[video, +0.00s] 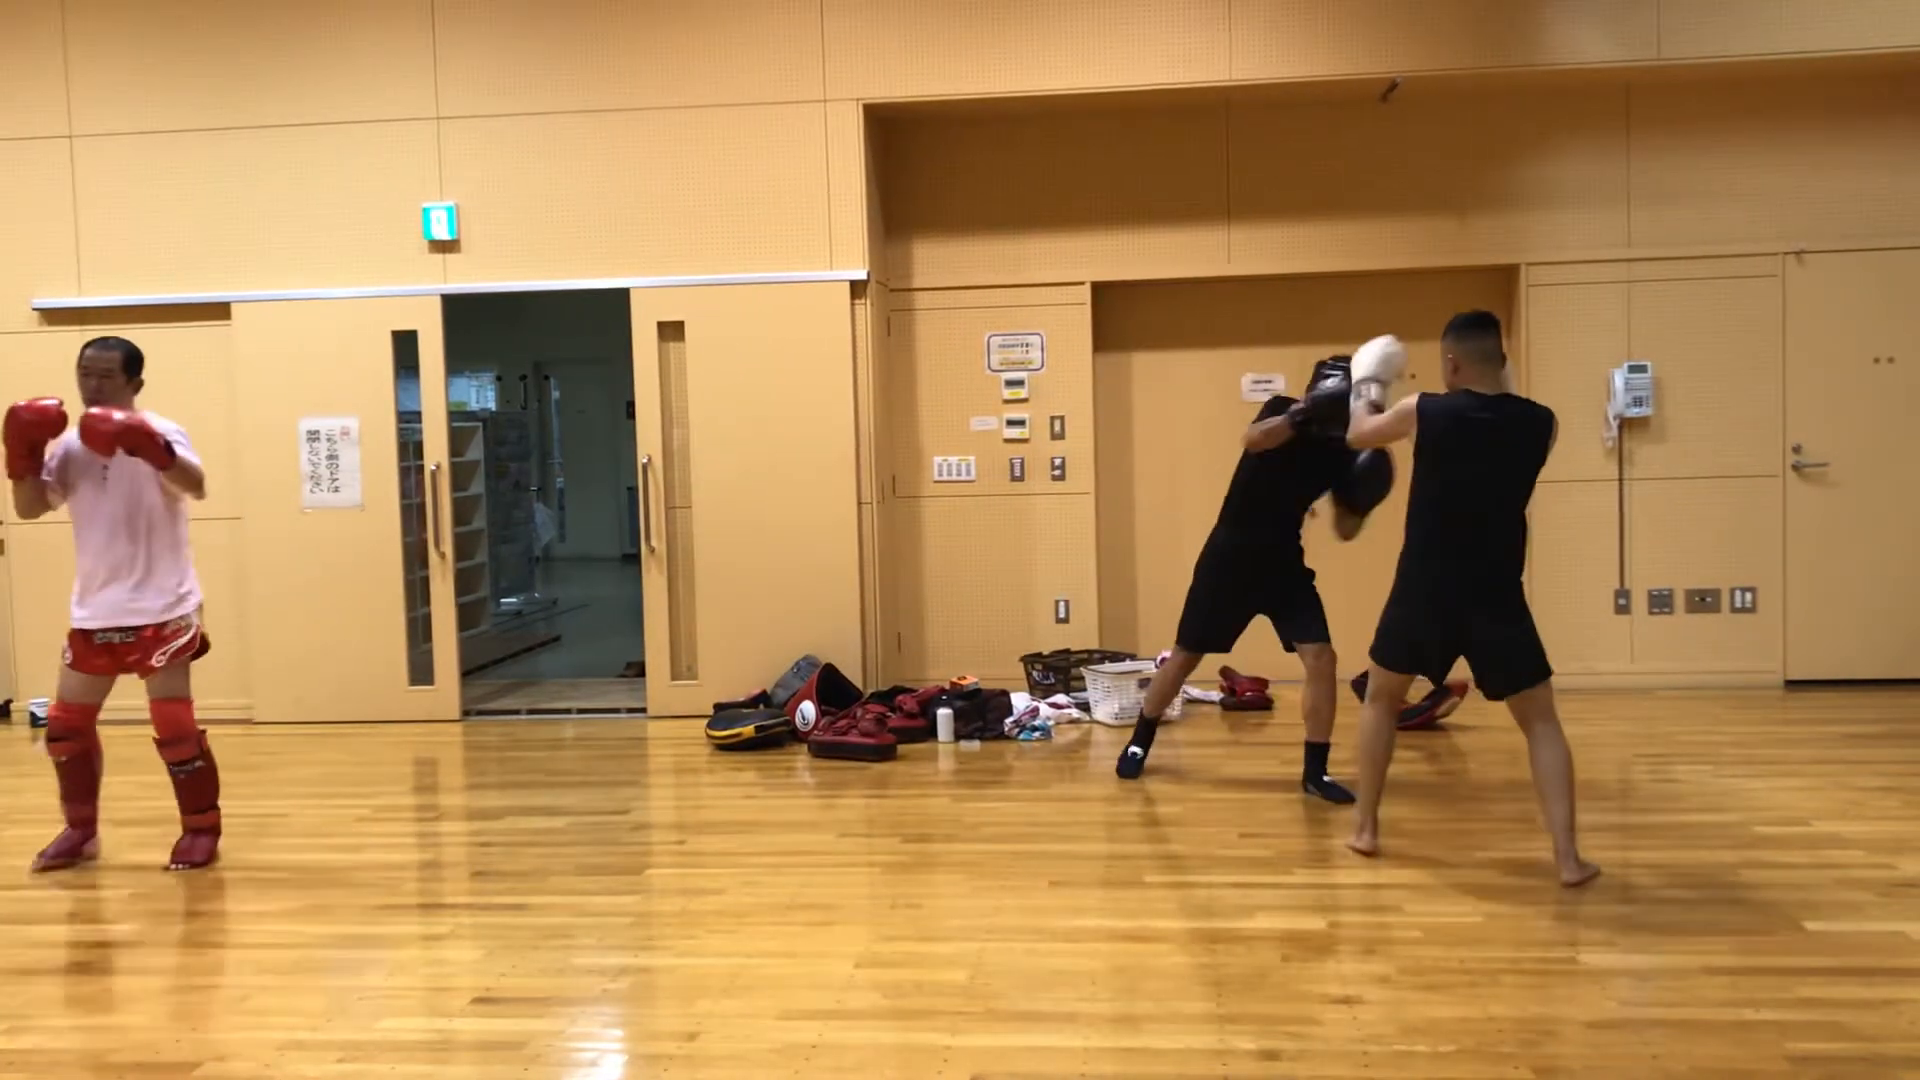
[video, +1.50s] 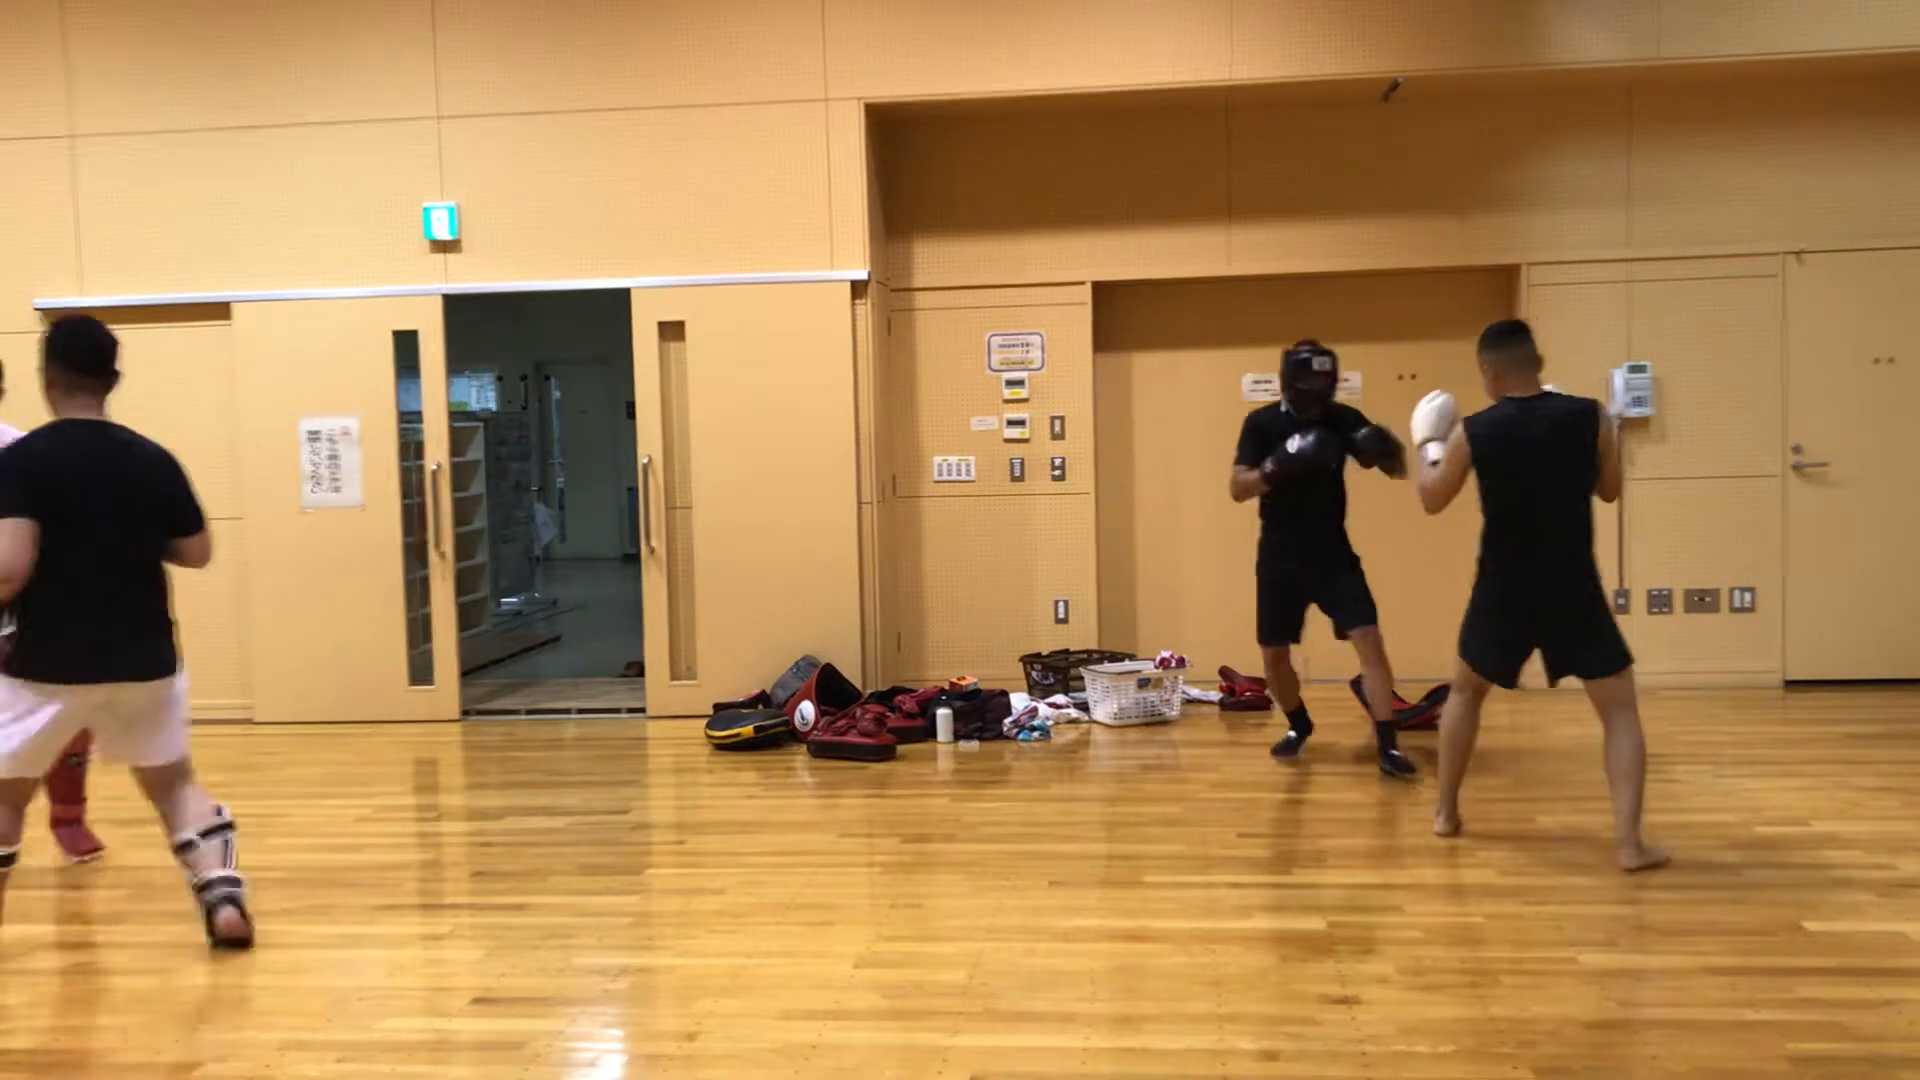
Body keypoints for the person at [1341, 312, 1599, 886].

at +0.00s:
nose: (1443, 368)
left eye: (1443, 361)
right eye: (1446, 360)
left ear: (1451, 361)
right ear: (1503, 357)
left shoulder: (1427, 410)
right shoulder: (1540, 422)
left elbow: (1360, 433)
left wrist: (1366, 393)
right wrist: (1474, 392)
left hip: (1424, 590)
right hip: (1498, 596)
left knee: (1383, 699)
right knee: (1540, 719)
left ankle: (1364, 828)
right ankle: (1568, 859)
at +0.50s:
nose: (1448, 365)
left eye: (1449, 358)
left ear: (1453, 360)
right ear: (1506, 358)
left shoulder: (1420, 418)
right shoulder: (1537, 422)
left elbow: (1364, 483)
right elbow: (1556, 485)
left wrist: (1362, 448)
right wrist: (1527, 418)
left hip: (1417, 599)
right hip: (1491, 601)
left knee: (1383, 707)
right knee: (1552, 718)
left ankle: (1346, 829)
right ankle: (1566, 858)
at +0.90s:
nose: (1493, 361)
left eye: (1493, 353)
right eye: (1497, 353)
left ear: (1502, 354)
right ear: (1556, 352)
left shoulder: (1474, 410)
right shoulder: (1594, 415)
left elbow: (1411, 476)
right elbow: (1595, 486)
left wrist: (1407, 430)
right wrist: (1548, 449)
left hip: (1472, 584)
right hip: (1543, 589)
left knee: (1443, 689)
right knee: (1568, 722)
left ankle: (1428, 812)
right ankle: (1570, 860)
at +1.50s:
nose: (1482, 378)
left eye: (1481, 370)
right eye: (1487, 370)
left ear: (1486, 371)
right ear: (1538, 364)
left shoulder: (1477, 429)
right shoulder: (1588, 417)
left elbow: (1433, 496)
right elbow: (1611, 489)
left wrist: (1426, 440)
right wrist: (1605, 434)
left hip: (1504, 589)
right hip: (1574, 588)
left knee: (1466, 691)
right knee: (1619, 710)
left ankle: (1446, 810)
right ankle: (1630, 843)